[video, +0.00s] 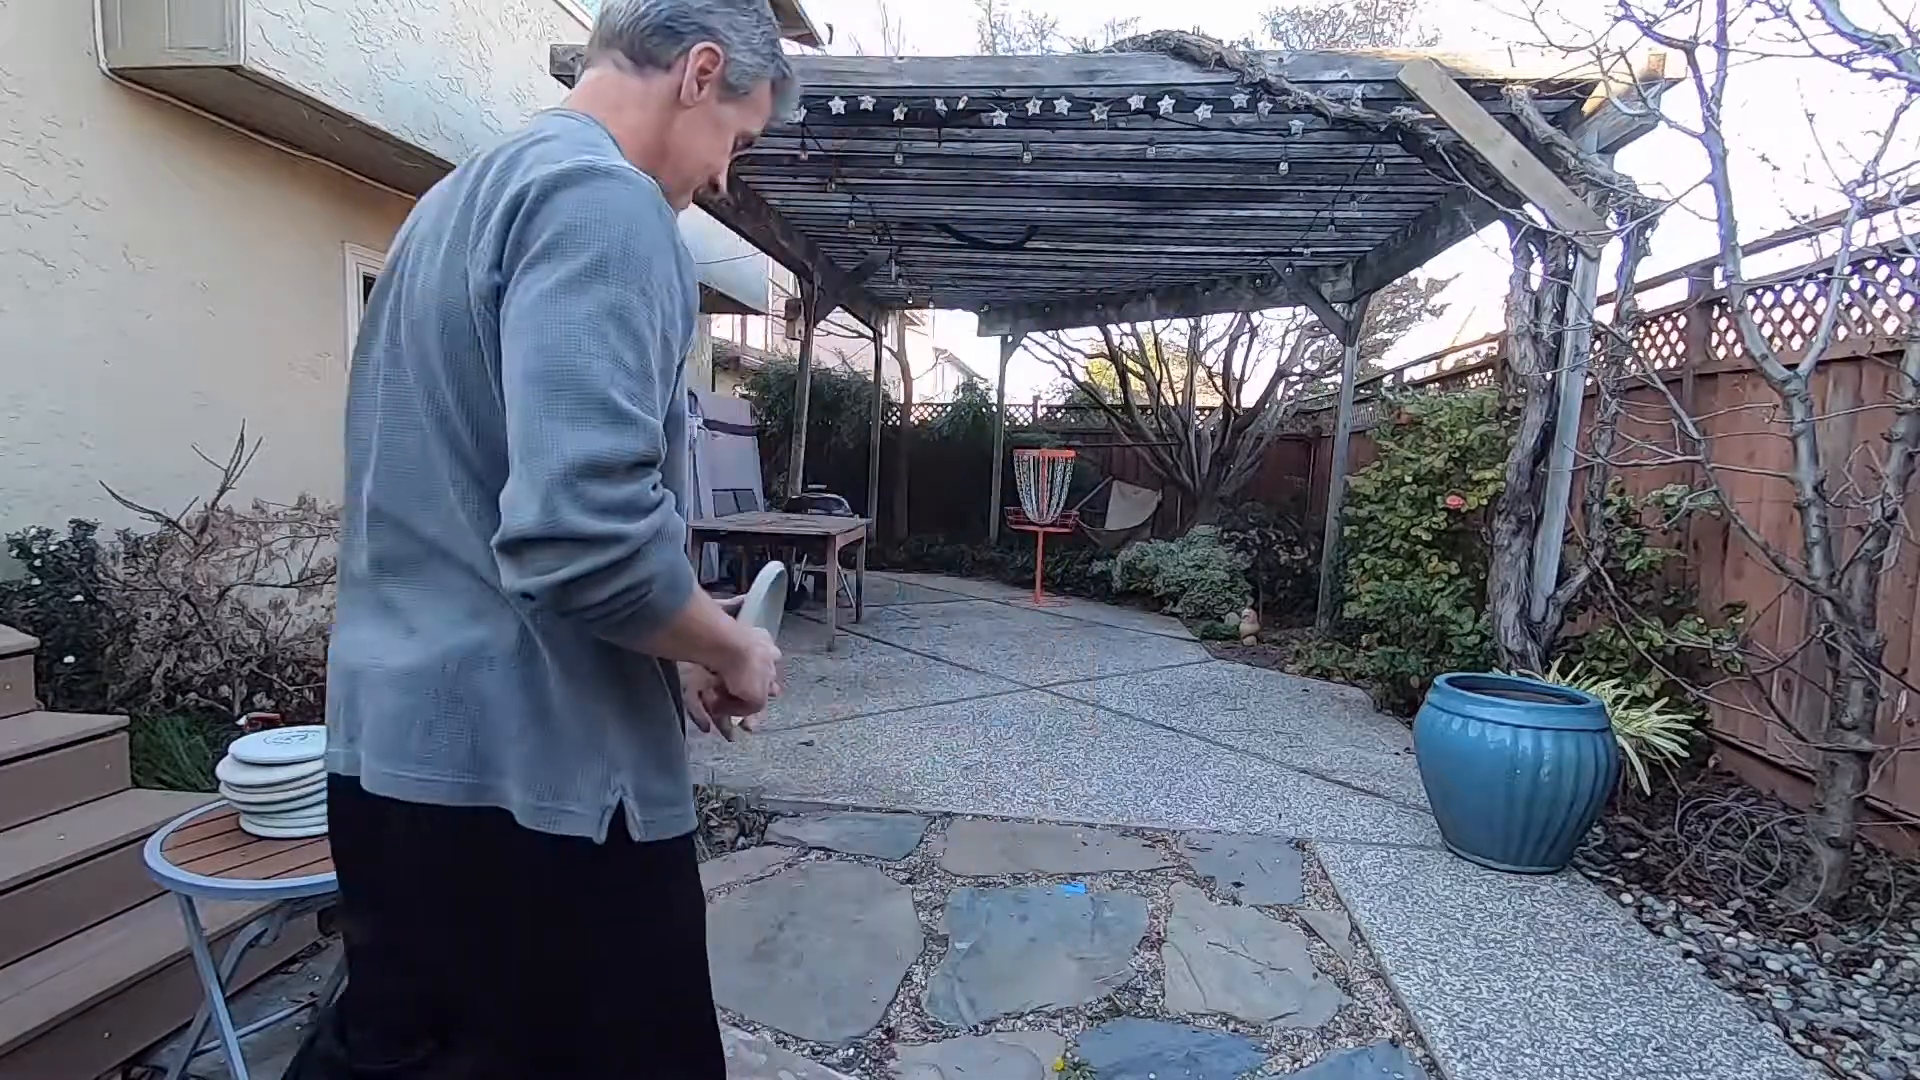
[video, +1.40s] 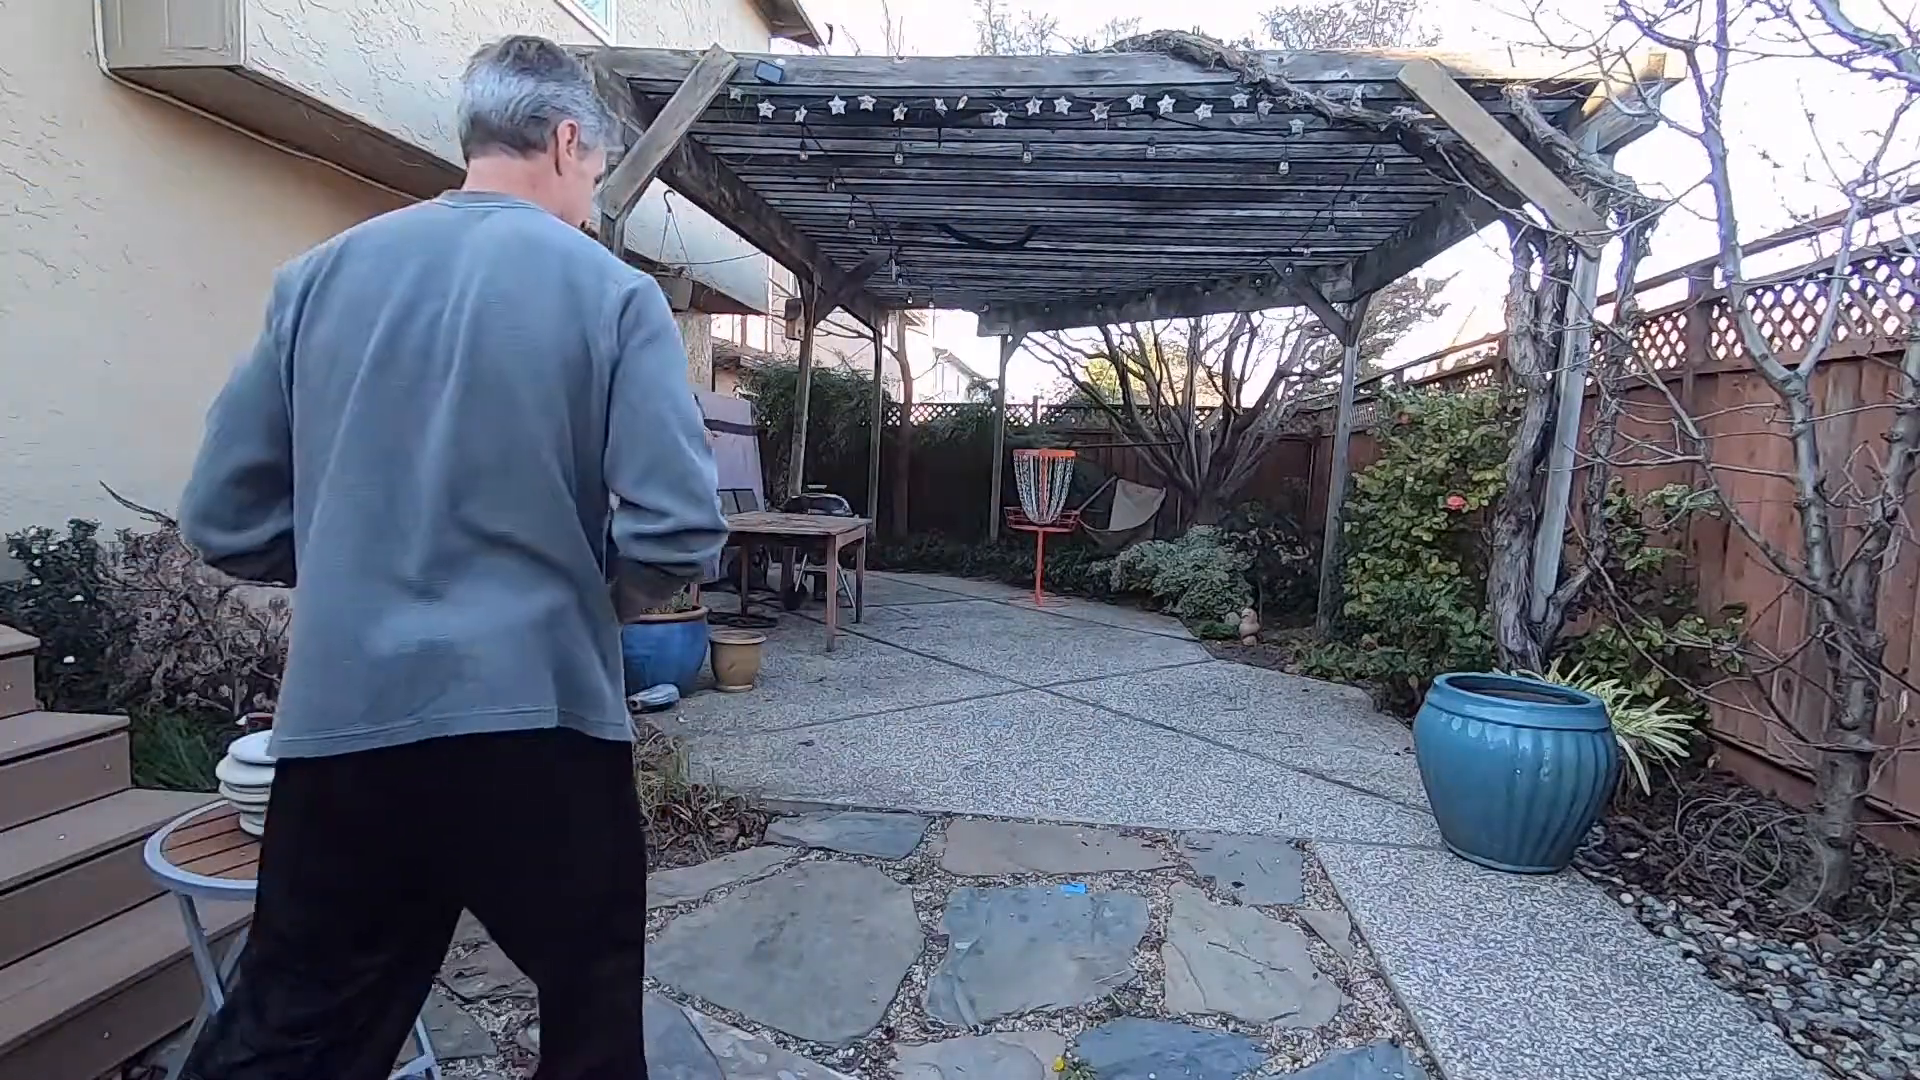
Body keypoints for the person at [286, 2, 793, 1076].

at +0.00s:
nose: (724, 174)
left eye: (741, 146)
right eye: (738, 136)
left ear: (607, 64)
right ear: (698, 72)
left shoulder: (460, 193)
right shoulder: (601, 198)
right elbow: (580, 531)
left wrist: (663, 649)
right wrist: (725, 641)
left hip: (396, 769)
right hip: (540, 789)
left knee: (397, 1052)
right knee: (642, 1064)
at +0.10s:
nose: (660, 181)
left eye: (680, 156)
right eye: (676, 144)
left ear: (540, 73)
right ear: (640, 81)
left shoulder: (381, 202)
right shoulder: (566, 197)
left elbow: (408, 510)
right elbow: (566, 521)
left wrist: (605, 667)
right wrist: (682, 647)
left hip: (320, 767)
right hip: (494, 774)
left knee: (344, 1061)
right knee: (614, 1065)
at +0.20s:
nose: (594, 184)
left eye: (609, 159)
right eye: (606, 149)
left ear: (459, 81)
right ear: (570, 88)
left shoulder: (286, 216)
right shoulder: (510, 202)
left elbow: (273, 502)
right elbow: (528, 510)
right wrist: (621, 648)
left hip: (238, 777)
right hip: (447, 783)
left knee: (261, 1060)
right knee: (574, 1065)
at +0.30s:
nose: (520, 186)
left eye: (536, 163)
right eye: (531, 153)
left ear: (379, 87)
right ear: (490, 93)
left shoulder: (195, 225)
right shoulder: (443, 209)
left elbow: (187, 507)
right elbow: (479, 513)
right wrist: (556, 646)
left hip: (146, 790)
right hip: (374, 797)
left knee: (166, 1065)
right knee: (524, 1064)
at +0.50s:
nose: (389, 178)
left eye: (404, 154)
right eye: (399, 140)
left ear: (238, 75)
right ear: (354, 76)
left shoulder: (35, 212)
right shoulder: (333, 204)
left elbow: (28, 482)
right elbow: (384, 514)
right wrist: (429, 647)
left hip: (25, 805)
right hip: (279, 812)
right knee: (402, 1057)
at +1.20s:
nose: (471, 194)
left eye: (476, 168)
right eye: (473, 161)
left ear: (326, 131)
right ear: (432, 129)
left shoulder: (158, 287)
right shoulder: (476, 279)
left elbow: (65, 557)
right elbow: (554, 541)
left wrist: (221, 605)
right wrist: (483, 658)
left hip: (185, 805)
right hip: (430, 804)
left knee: (175, 1066)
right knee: (515, 1065)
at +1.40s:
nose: (592, 198)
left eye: (596, 176)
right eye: (594, 170)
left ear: (472, 144)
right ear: (562, 143)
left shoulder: (320, 273)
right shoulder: (610, 290)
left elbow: (224, 519)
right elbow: (677, 530)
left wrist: (361, 549)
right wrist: (586, 573)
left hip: (340, 735)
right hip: (537, 734)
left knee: (285, 1037)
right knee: (596, 1022)